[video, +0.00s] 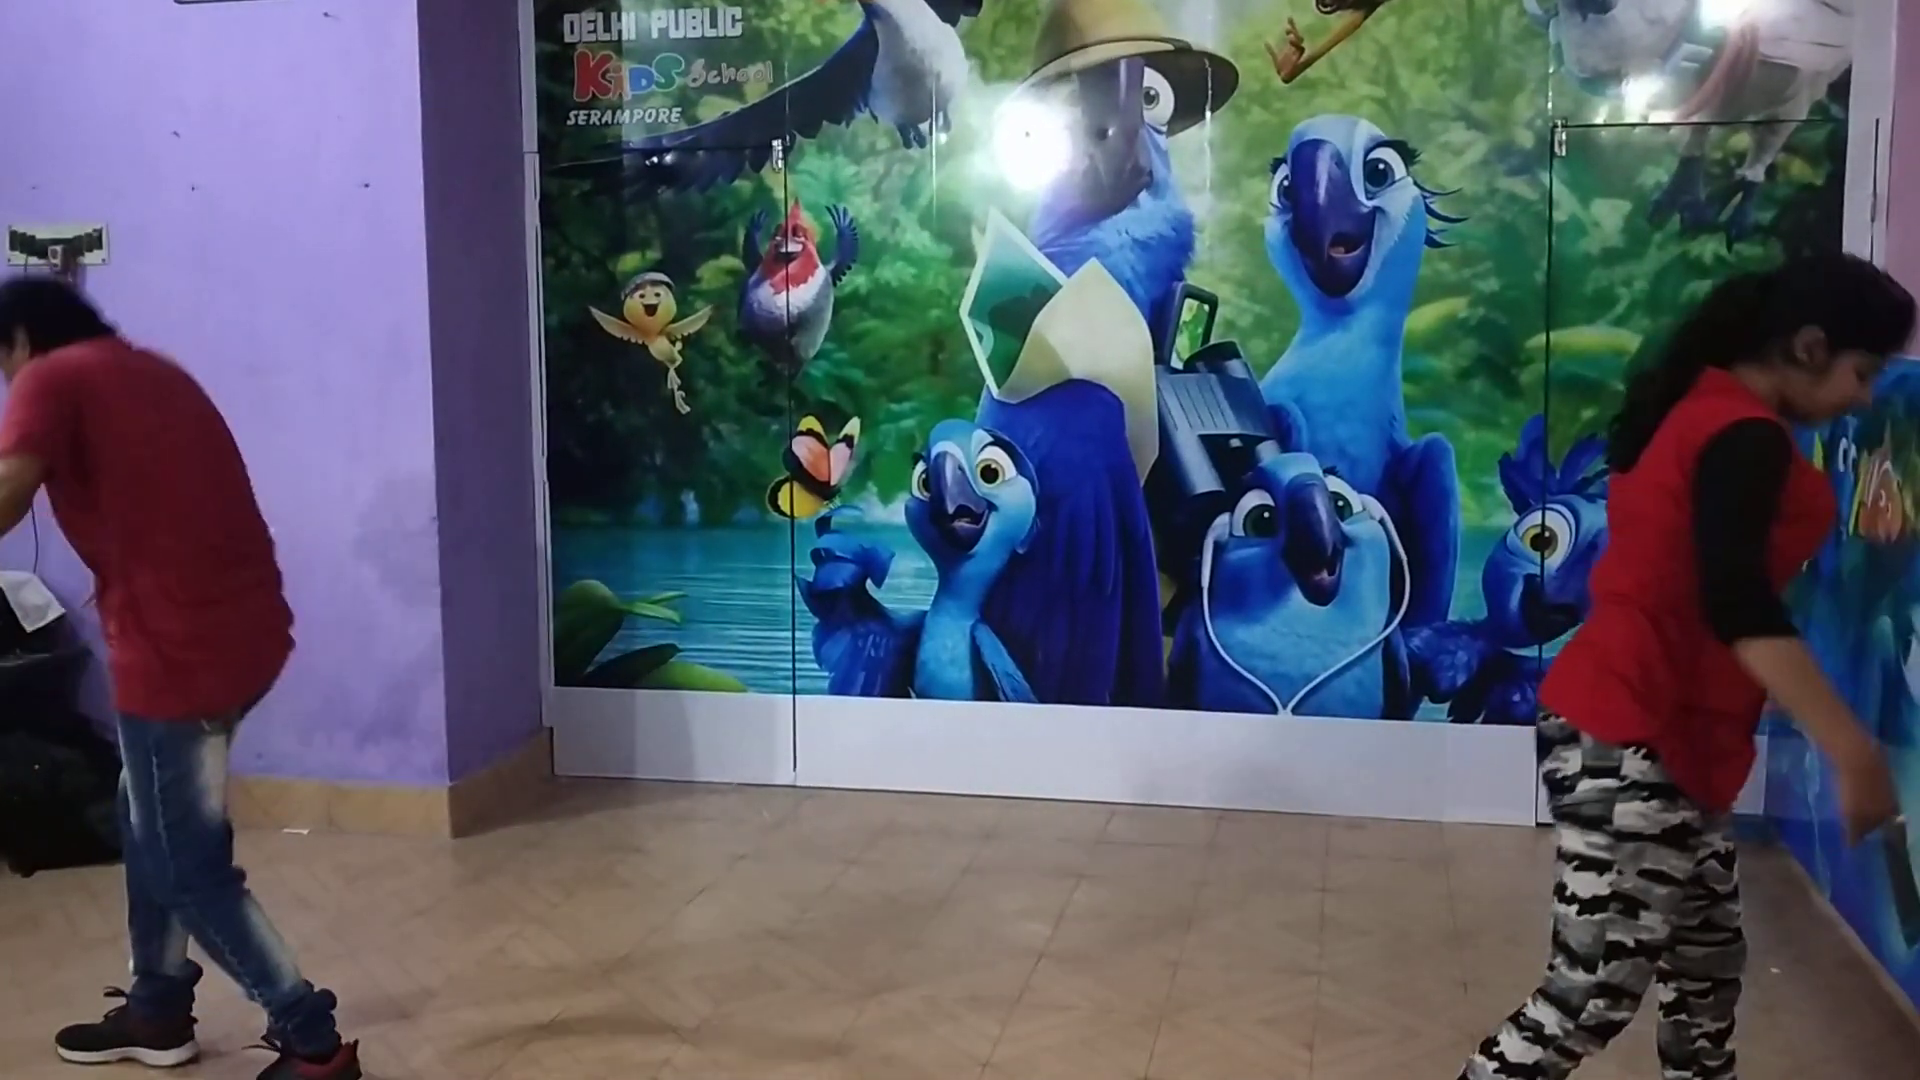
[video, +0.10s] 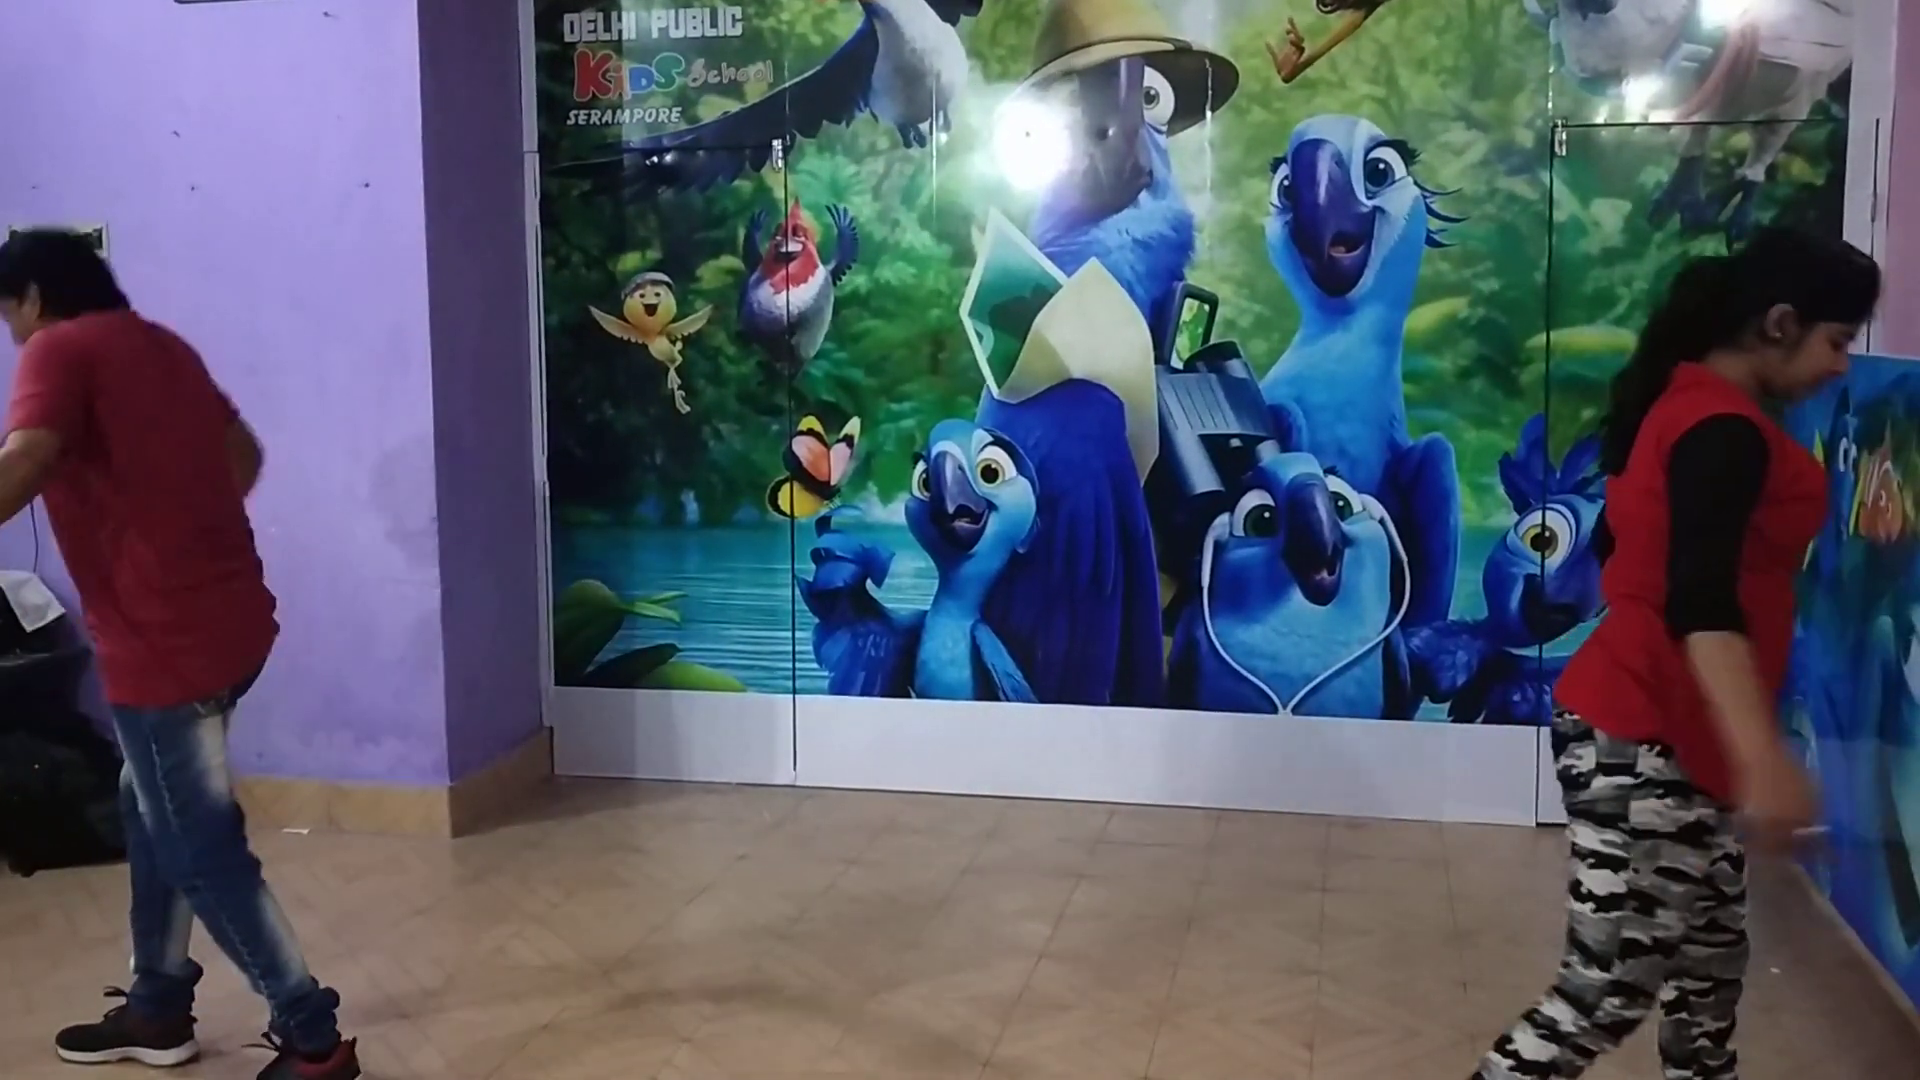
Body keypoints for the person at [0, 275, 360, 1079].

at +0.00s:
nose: (3, 373)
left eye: (0, 360)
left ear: (20, 342)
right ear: (80, 327)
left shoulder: (49, 379)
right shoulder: (155, 370)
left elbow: (7, 499)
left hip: (171, 651)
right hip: (247, 634)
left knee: (194, 871)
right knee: (148, 828)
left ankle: (313, 1043)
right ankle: (158, 1014)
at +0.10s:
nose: (10, 326)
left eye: (10, 309)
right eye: (8, 311)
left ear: (38, 297)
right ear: (93, 288)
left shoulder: (54, 350)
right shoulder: (165, 344)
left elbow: (27, 463)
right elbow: (243, 454)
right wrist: (175, 527)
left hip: (156, 644)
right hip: (235, 621)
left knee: (207, 853)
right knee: (153, 820)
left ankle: (314, 1040)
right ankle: (157, 1012)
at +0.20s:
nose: (13, 297)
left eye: (13, 278)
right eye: (11, 280)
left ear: (41, 271)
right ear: (96, 267)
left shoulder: (61, 340)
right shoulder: (168, 336)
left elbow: (49, 448)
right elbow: (264, 437)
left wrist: (1, 524)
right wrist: (281, 475)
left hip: (151, 640)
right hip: (227, 618)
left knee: (216, 842)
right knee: (154, 810)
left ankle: (312, 1036)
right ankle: (157, 1011)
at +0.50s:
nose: (19, 287)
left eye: (22, 269)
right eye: (17, 270)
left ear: (54, 266)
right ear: (96, 265)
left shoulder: (75, 361)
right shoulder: (168, 346)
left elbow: (66, 489)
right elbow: (251, 445)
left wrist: (6, 584)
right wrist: (287, 495)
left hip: (167, 643)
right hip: (234, 619)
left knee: (201, 853)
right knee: (149, 815)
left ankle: (313, 1031)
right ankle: (154, 1009)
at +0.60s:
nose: (40, 291)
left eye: (43, 274)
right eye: (38, 275)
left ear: (76, 273)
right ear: (121, 271)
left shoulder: (100, 375)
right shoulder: (188, 360)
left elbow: (99, 524)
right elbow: (263, 483)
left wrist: (53, 663)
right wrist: (292, 568)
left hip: (180, 649)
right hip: (242, 628)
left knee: (186, 864)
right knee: (144, 818)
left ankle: (313, 1030)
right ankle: (153, 1009)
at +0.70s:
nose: (75, 303)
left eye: (80, 286)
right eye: (74, 286)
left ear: (116, 286)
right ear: (162, 284)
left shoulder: (135, 392)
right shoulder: (222, 376)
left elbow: (143, 549)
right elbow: (282, 515)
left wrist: (124, 698)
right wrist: (306, 621)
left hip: (203, 659)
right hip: (260, 644)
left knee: (176, 872)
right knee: (156, 827)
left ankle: (314, 1029)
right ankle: (154, 1009)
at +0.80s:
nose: (114, 312)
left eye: (120, 294)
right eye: (114, 295)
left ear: (154, 294)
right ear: (190, 293)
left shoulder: (174, 400)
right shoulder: (262, 382)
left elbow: (196, 563)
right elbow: (307, 534)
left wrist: (197, 722)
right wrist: (333, 667)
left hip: (247, 673)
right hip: (299, 662)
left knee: (208, 864)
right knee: (196, 823)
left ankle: (321, 1036)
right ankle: (156, 998)